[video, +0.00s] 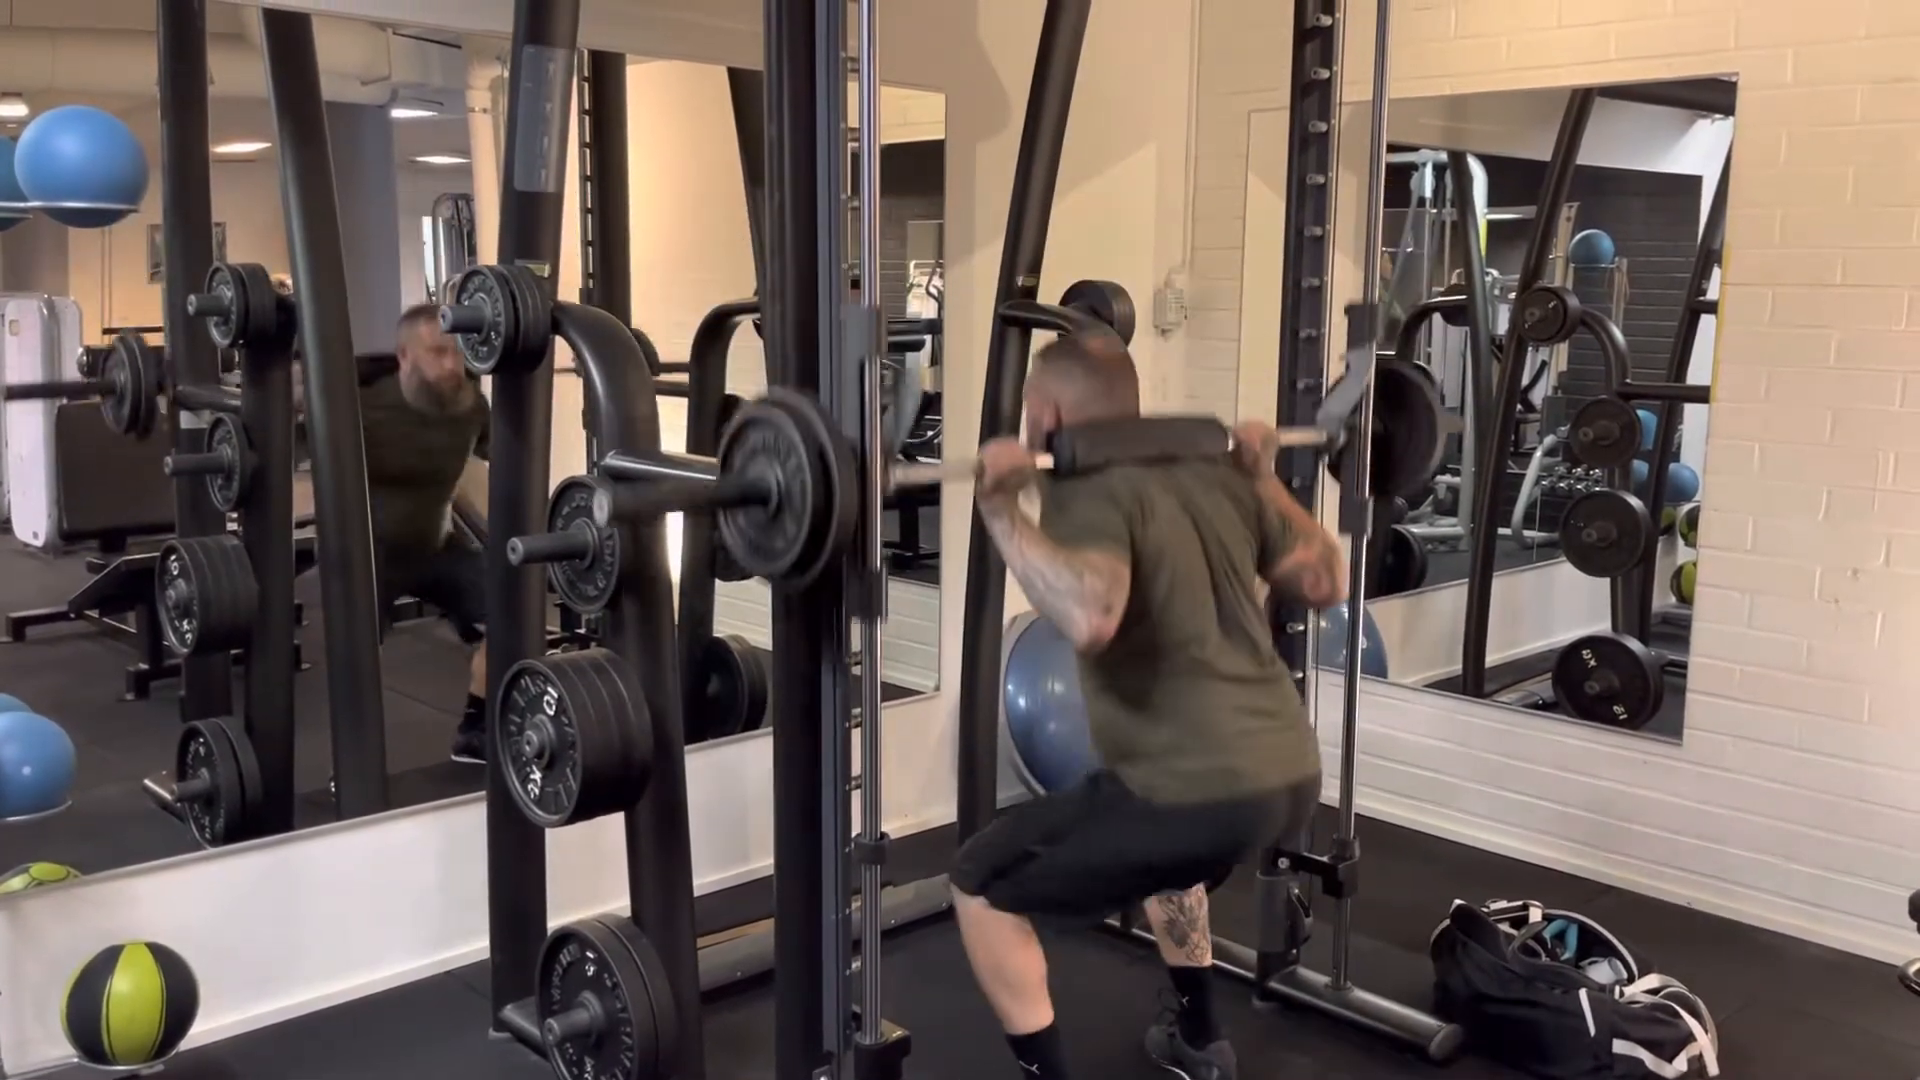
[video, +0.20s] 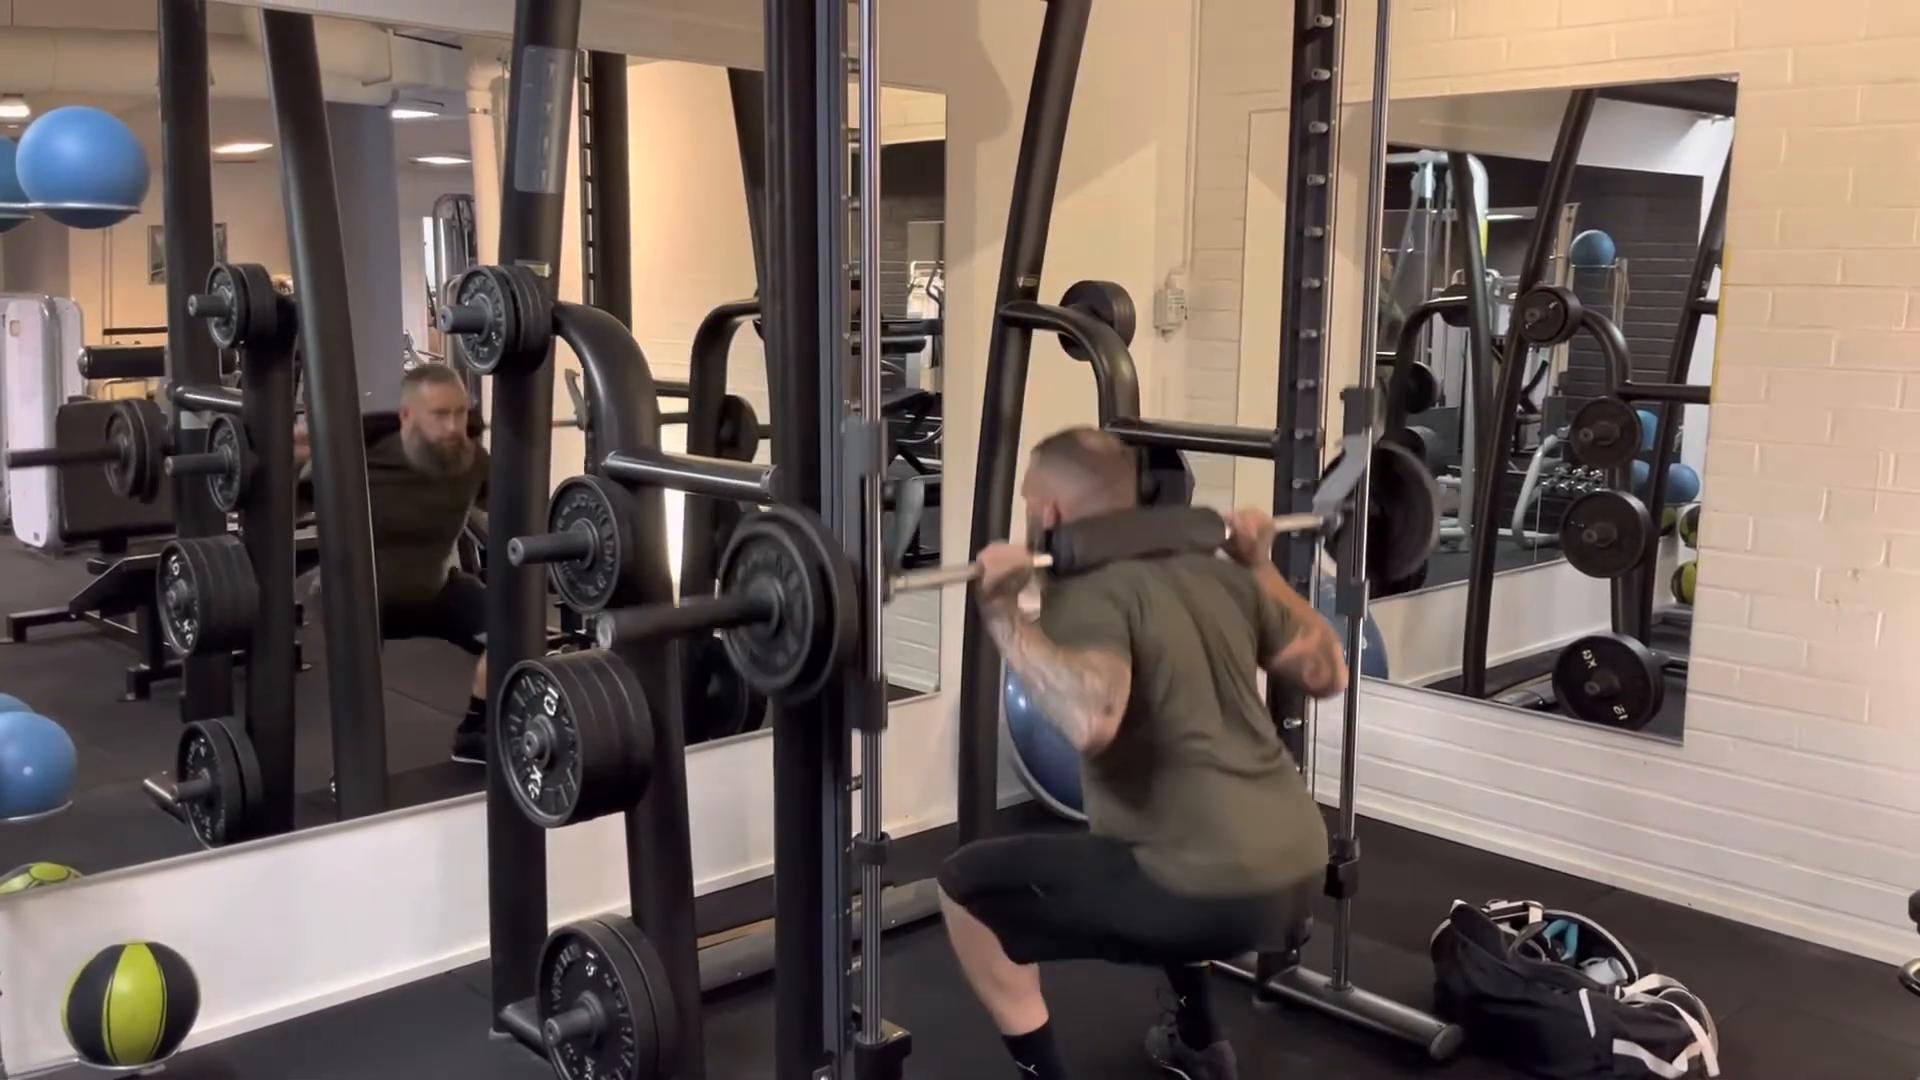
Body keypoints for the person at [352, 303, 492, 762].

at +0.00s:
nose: (453, 365)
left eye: (457, 350)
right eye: (438, 351)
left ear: (467, 353)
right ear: (405, 358)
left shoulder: (471, 408)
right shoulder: (363, 412)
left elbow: (500, 448)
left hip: (436, 551)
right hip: (367, 556)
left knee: (509, 604)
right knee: (352, 644)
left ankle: (477, 726)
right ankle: (353, 756)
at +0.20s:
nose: (455, 427)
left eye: (461, 413)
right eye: (441, 414)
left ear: (469, 414)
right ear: (406, 417)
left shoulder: (476, 465)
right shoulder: (358, 460)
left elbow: (518, 507)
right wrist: (287, 462)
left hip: (434, 596)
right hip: (359, 600)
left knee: (508, 615)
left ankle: (477, 729)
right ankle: (352, 759)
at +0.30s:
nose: (454, 451)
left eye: (462, 437)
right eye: (441, 438)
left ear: (470, 435)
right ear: (408, 439)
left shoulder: (477, 485)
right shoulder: (363, 485)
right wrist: (292, 492)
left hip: (435, 616)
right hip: (365, 620)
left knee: (509, 617)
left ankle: (477, 729)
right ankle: (352, 761)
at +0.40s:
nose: (456, 470)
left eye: (463, 456)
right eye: (442, 458)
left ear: (471, 454)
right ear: (410, 458)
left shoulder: (478, 504)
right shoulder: (363, 513)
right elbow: (283, 566)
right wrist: (289, 514)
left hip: (437, 628)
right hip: (370, 635)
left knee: (511, 619)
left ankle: (479, 728)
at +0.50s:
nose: (457, 484)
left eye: (464, 470)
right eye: (443, 472)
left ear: (472, 468)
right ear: (410, 472)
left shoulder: (478, 516)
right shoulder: (364, 526)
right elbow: (289, 569)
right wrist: (291, 527)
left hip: (441, 634)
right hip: (375, 644)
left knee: (513, 624)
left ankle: (478, 729)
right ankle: (354, 769)